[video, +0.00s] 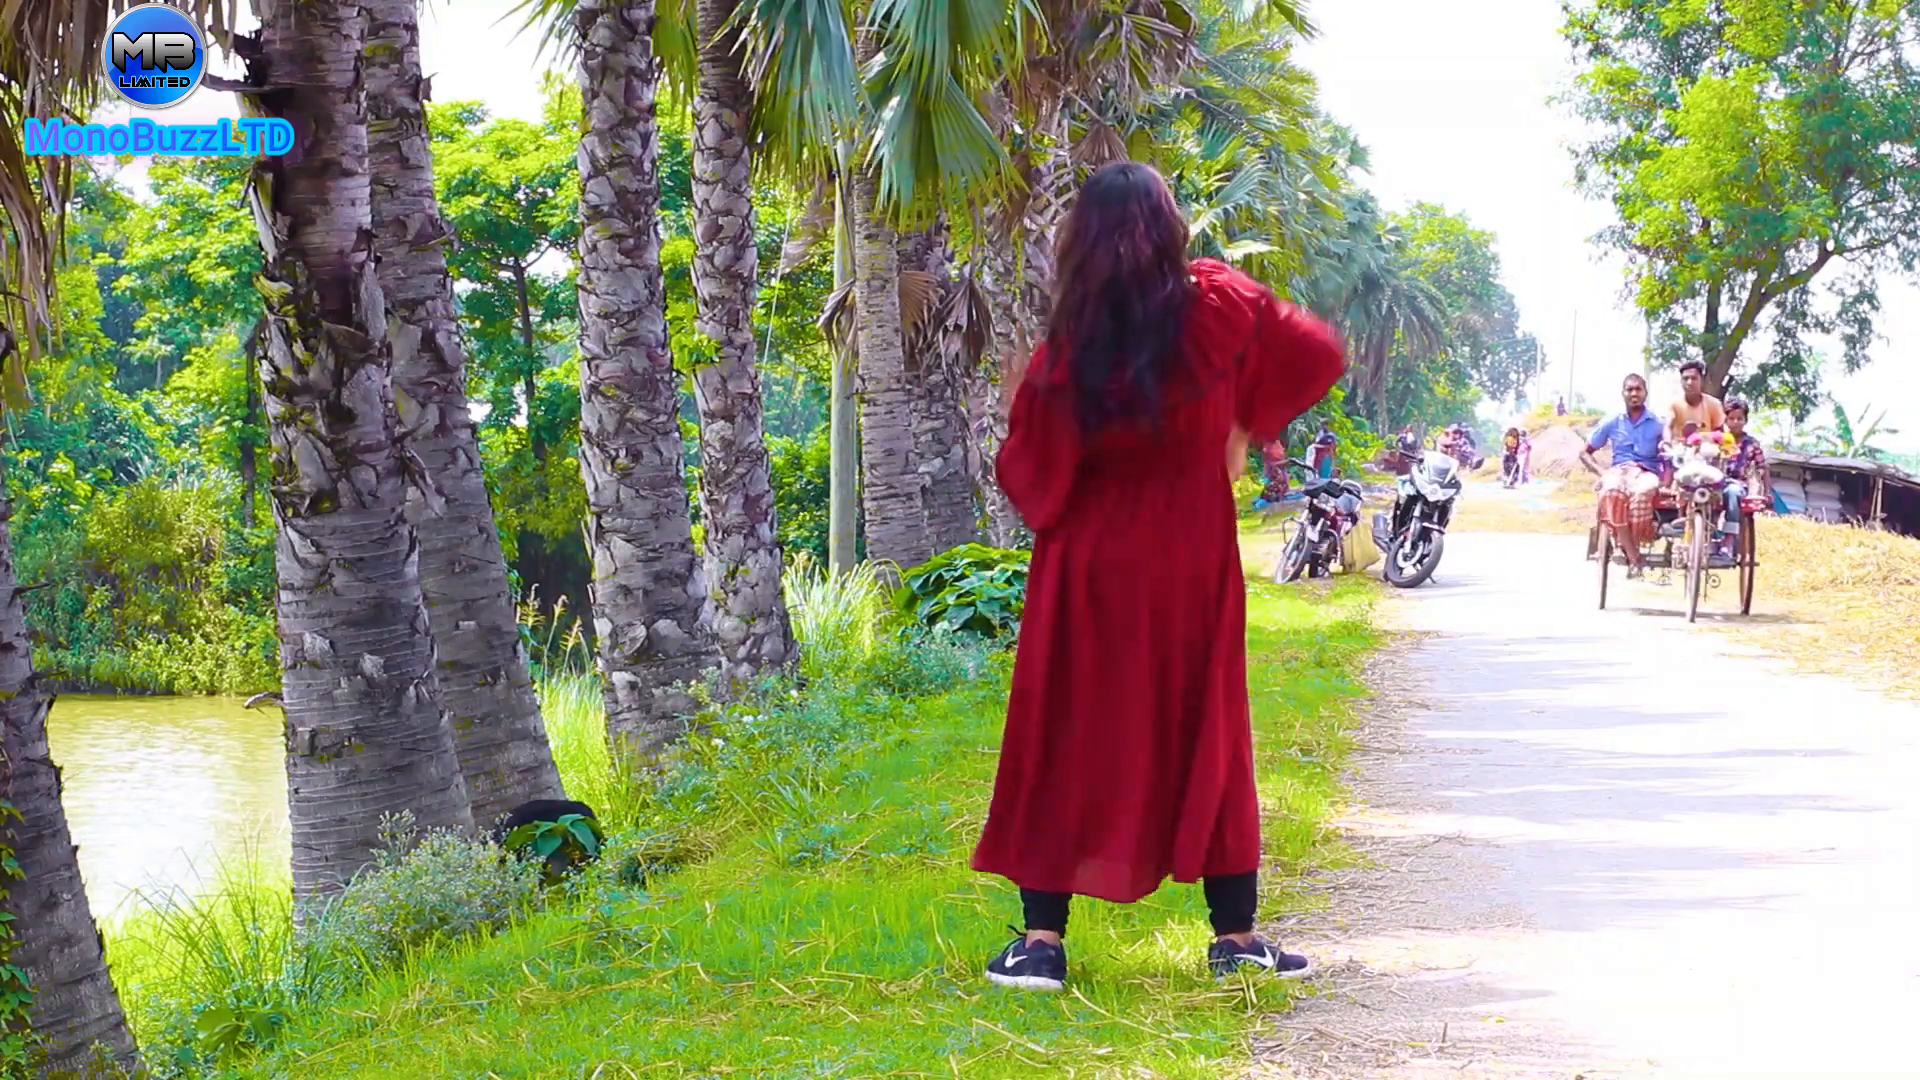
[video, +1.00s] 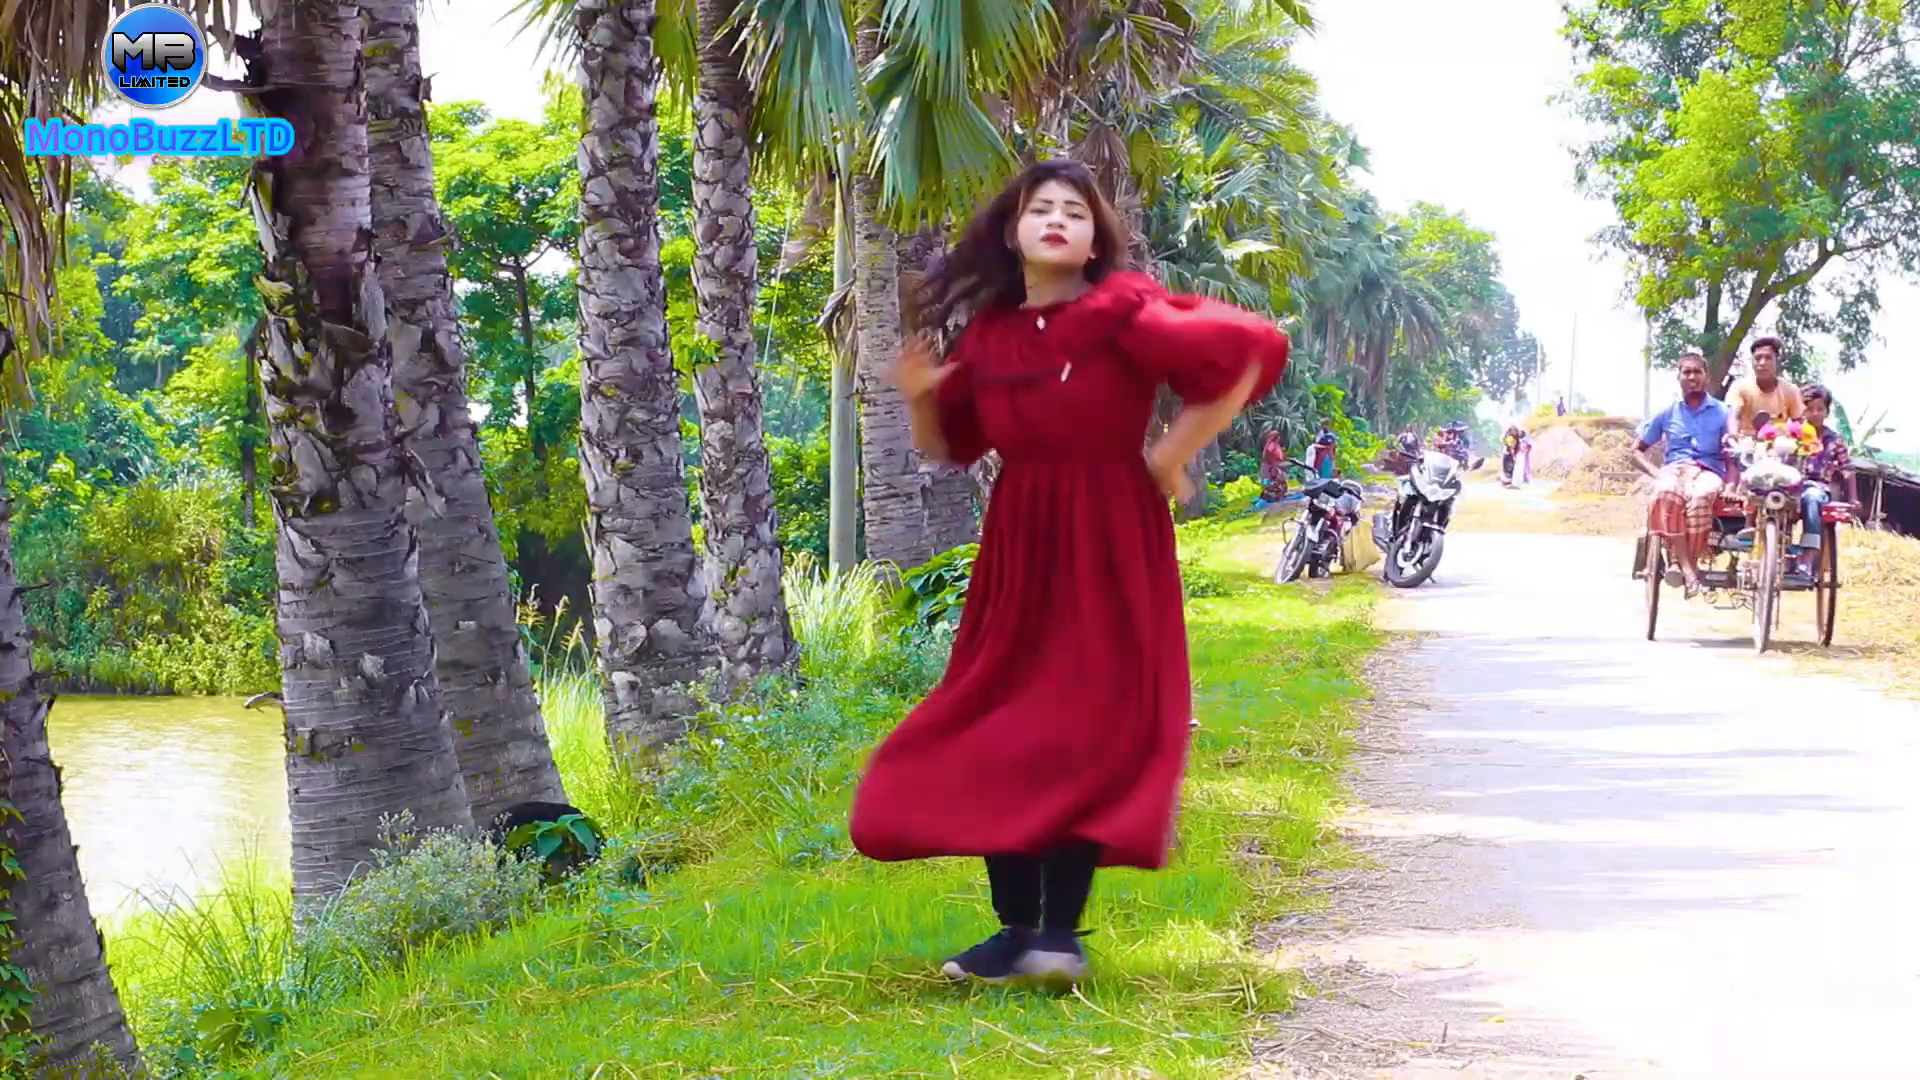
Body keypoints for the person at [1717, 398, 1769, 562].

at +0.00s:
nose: (1735, 423)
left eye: (1740, 419)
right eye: (1731, 418)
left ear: (1746, 421)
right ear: (1725, 420)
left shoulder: (1751, 443)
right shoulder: (1718, 439)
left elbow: (1763, 468)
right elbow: (1707, 462)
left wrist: (1767, 493)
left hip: (1737, 480)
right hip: (1715, 479)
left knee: (1732, 492)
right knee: (1700, 492)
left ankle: (1728, 542)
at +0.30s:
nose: (1757, 421)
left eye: (1762, 416)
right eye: (1753, 416)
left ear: (1768, 419)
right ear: (1747, 418)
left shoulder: (1773, 444)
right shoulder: (1739, 438)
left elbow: (1786, 469)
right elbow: (1725, 459)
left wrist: (1789, 493)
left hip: (1759, 482)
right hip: (1735, 480)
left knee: (1752, 495)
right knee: (1718, 494)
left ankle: (1750, 546)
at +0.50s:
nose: (1773, 419)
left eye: (1778, 415)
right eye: (1769, 414)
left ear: (1784, 418)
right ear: (1762, 416)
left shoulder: (1789, 443)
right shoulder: (1753, 437)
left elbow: (1801, 469)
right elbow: (1739, 460)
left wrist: (1805, 495)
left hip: (1772, 483)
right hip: (1749, 482)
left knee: (1766, 495)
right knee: (1731, 495)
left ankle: (1763, 549)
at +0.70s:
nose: (1788, 418)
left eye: (1793, 413)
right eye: (1784, 413)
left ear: (1801, 416)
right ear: (1777, 415)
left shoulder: (1806, 442)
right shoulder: (1769, 437)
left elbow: (1819, 471)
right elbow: (1757, 462)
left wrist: (1824, 497)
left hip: (1792, 483)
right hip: (1766, 482)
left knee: (1785, 496)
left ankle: (1779, 553)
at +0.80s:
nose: (1797, 416)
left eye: (1801, 411)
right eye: (1792, 411)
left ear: (1809, 413)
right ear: (1786, 414)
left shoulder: (1816, 441)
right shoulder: (1777, 436)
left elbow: (1829, 471)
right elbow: (1764, 462)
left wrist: (1834, 498)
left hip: (1799, 483)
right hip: (1774, 482)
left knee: (1794, 496)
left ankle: (1789, 553)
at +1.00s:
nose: (1815, 414)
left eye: (1820, 409)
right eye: (1810, 409)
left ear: (1827, 412)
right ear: (1803, 411)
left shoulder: (1833, 440)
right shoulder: (1793, 433)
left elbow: (1847, 470)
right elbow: (1778, 459)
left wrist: (1852, 498)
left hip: (1818, 483)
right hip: (1790, 481)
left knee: (1810, 497)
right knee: (1770, 497)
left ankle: (1805, 561)